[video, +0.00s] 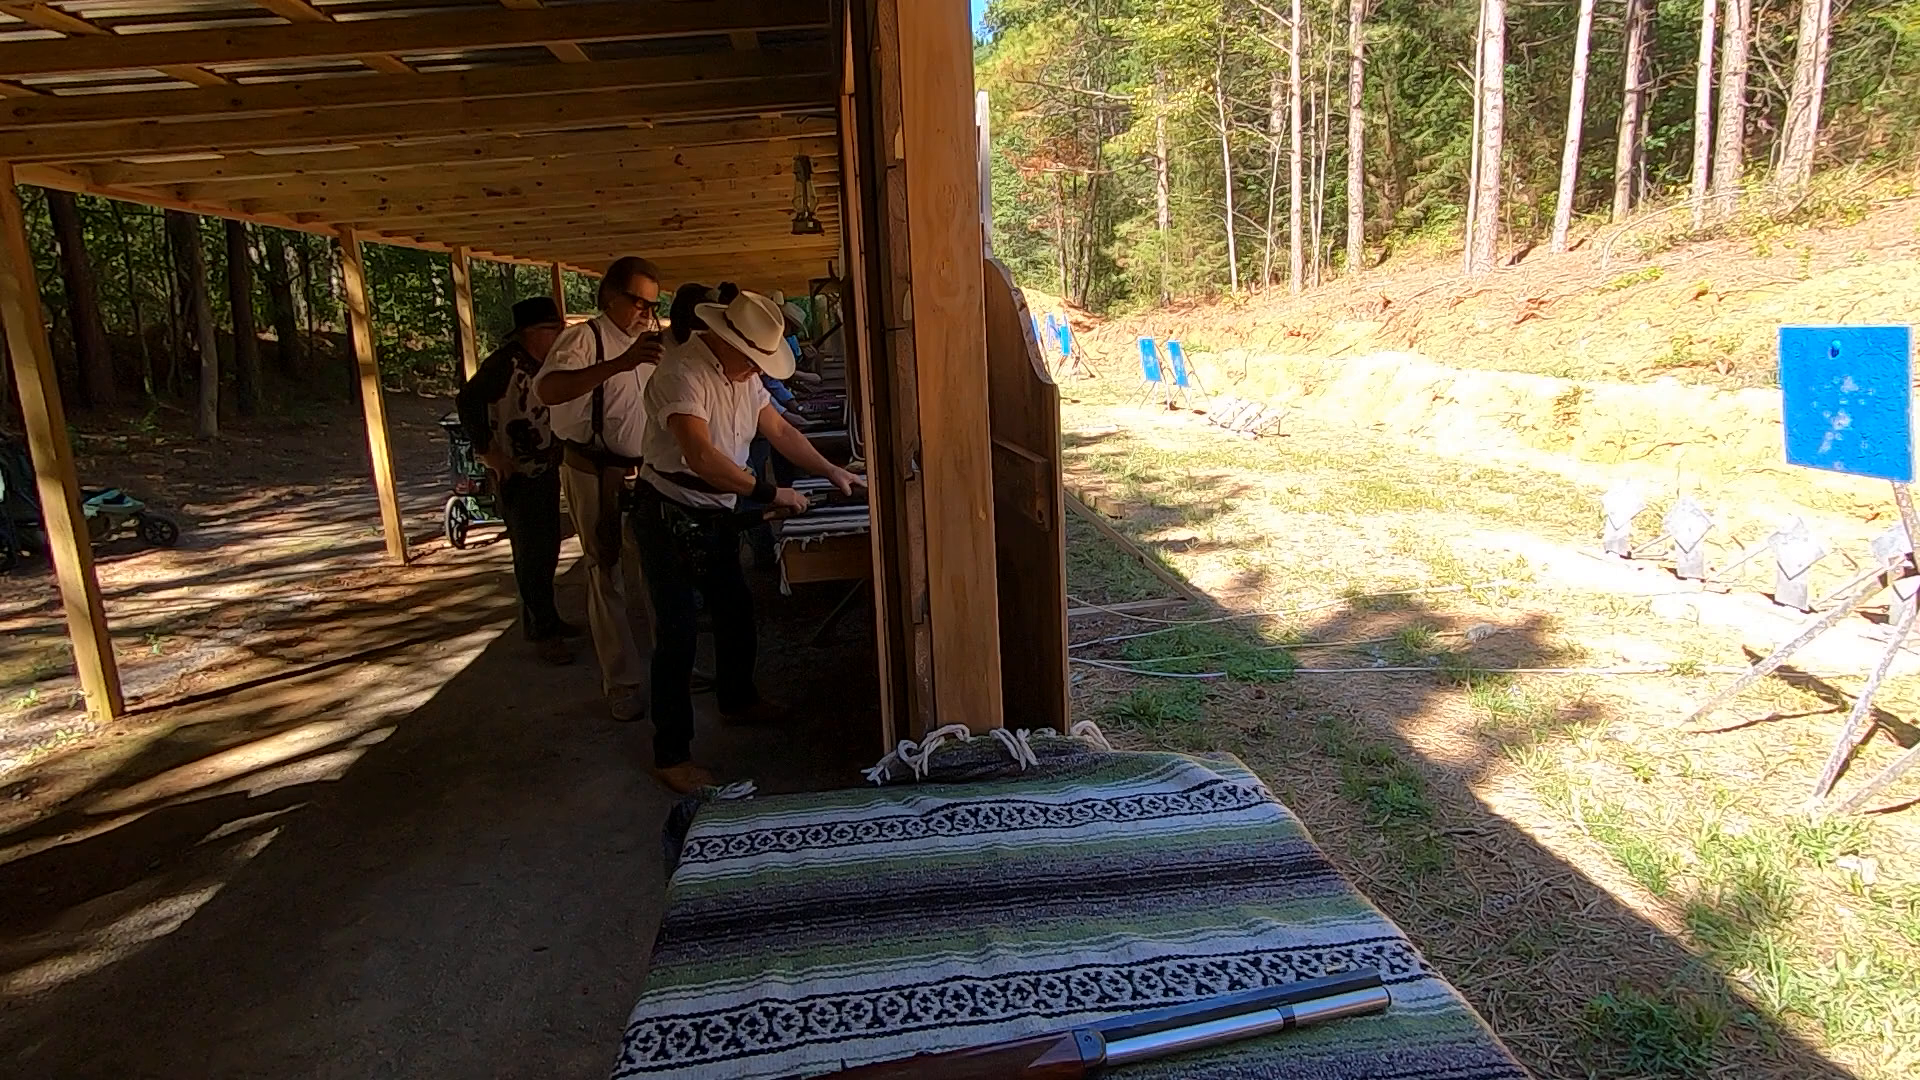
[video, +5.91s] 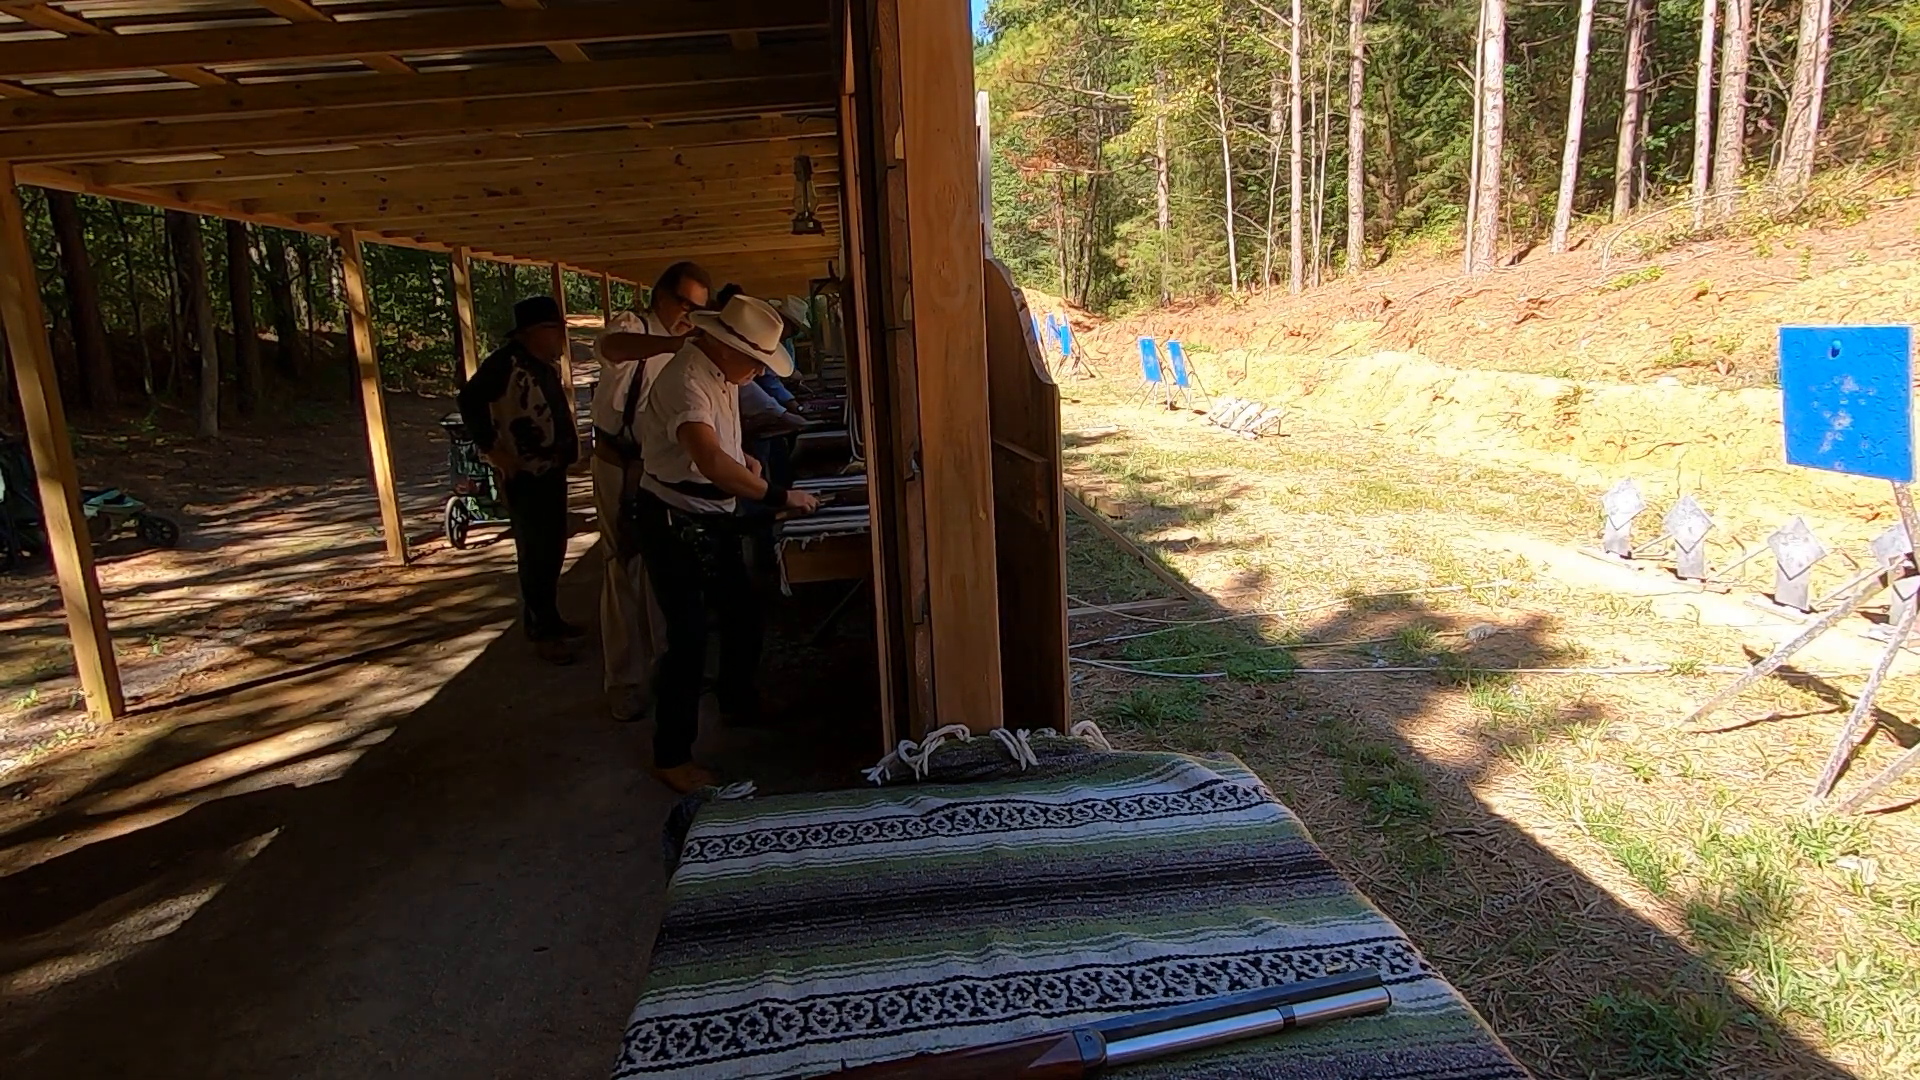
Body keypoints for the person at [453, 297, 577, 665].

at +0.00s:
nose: (556, 337)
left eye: (558, 330)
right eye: (549, 330)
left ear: (556, 332)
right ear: (527, 332)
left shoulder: (554, 364)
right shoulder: (504, 362)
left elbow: (563, 407)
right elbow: (467, 400)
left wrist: (562, 443)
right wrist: (486, 450)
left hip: (547, 470)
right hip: (516, 474)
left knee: (548, 548)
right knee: (530, 551)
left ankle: (546, 620)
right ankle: (542, 631)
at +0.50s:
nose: (549, 334)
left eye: (548, 326)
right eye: (541, 326)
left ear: (540, 329)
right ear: (519, 330)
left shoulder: (542, 364)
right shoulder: (497, 362)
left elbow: (556, 409)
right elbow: (465, 399)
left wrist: (566, 449)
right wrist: (486, 447)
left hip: (546, 470)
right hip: (518, 472)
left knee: (547, 546)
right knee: (532, 549)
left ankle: (546, 619)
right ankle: (539, 627)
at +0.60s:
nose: (549, 333)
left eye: (549, 326)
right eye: (542, 326)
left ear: (537, 329)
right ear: (519, 329)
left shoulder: (540, 365)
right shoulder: (496, 361)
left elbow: (570, 393)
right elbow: (464, 399)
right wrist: (487, 447)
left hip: (547, 469)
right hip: (520, 472)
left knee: (547, 547)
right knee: (533, 550)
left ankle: (546, 619)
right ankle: (540, 628)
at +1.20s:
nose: (550, 340)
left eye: (550, 332)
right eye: (545, 331)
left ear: (532, 330)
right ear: (524, 330)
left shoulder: (538, 366)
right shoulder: (493, 363)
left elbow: (560, 392)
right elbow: (459, 402)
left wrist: (580, 416)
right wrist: (484, 448)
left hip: (548, 471)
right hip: (520, 474)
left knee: (550, 547)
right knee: (532, 551)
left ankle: (547, 618)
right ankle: (540, 630)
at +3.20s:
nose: (561, 338)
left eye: (561, 330)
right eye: (555, 330)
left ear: (547, 332)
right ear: (533, 331)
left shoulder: (545, 364)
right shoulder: (505, 361)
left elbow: (549, 409)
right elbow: (468, 399)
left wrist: (564, 446)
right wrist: (490, 447)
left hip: (551, 472)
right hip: (525, 475)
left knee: (551, 550)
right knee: (536, 553)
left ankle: (549, 620)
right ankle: (541, 631)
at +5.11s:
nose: (561, 338)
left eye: (561, 330)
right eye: (555, 331)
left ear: (544, 333)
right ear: (533, 332)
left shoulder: (544, 366)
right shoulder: (504, 362)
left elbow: (550, 412)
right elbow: (468, 400)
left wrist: (566, 447)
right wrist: (489, 448)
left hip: (551, 473)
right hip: (524, 475)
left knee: (552, 550)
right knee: (536, 552)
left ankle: (549, 620)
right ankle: (541, 630)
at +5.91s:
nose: (562, 338)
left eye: (562, 331)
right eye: (556, 331)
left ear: (548, 333)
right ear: (533, 332)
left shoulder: (545, 366)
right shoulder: (506, 362)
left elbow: (552, 411)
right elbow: (469, 399)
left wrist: (568, 445)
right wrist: (491, 448)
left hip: (551, 473)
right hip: (525, 475)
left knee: (553, 549)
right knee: (536, 552)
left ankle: (549, 621)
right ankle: (541, 630)